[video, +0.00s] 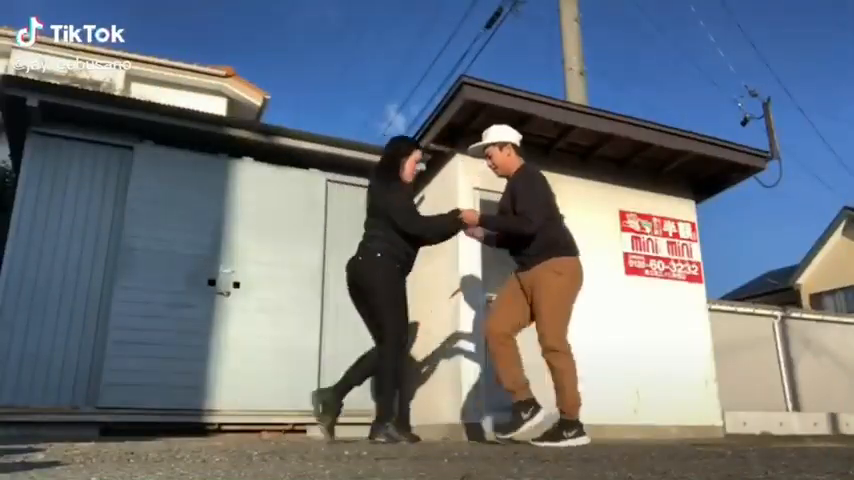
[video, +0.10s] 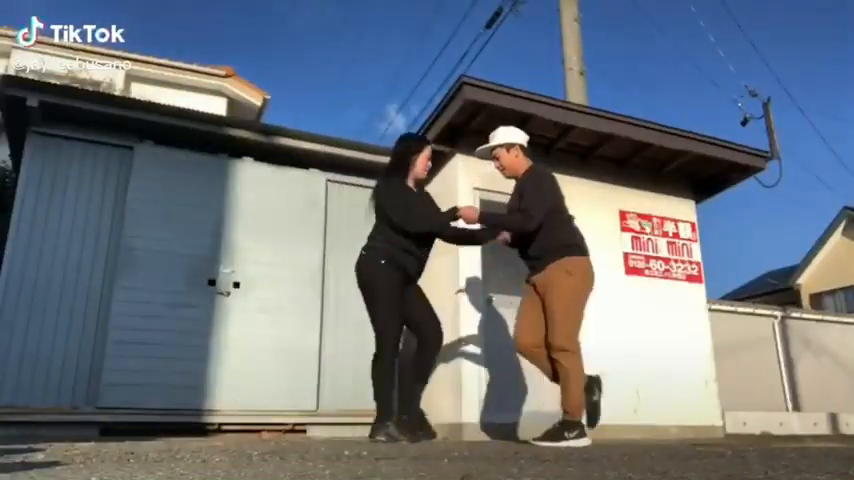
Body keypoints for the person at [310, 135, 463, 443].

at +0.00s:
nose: (417, 170)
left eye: (418, 164)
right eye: (414, 163)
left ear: (397, 161)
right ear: (399, 161)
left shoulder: (385, 189)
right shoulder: (392, 190)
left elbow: (418, 235)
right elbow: (416, 228)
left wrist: (456, 226)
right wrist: (457, 217)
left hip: (365, 269)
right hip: (380, 270)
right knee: (394, 343)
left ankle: (334, 395)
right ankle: (385, 424)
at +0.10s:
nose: (429, 164)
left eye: (430, 158)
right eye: (425, 157)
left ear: (419, 159)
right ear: (409, 157)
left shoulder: (421, 197)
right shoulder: (391, 187)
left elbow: (450, 233)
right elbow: (412, 220)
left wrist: (493, 235)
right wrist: (452, 215)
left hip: (401, 277)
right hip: (378, 269)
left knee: (431, 333)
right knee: (389, 339)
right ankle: (384, 421)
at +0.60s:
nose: (446, 156)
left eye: (445, 150)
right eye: (442, 149)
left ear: (424, 150)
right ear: (428, 149)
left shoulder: (419, 181)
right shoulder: (422, 177)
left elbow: (455, 238)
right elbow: (449, 220)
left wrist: (489, 234)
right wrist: (494, 223)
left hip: (419, 270)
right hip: (412, 268)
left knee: (448, 344)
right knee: (438, 341)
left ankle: (473, 415)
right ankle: (402, 414)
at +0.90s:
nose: (428, 154)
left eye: (428, 148)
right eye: (424, 148)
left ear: (393, 145)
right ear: (412, 147)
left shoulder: (377, 171)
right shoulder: (412, 177)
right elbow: (455, 197)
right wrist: (492, 177)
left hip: (352, 253)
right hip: (387, 254)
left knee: (369, 335)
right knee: (399, 334)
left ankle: (324, 404)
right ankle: (400, 418)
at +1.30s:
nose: (368, 155)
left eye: (370, 149)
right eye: (366, 147)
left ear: (348, 144)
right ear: (350, 142)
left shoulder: (344, 183)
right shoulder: (327, 167)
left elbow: (375, 238)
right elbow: (358, 211)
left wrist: (415, 239)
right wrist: (401, 216)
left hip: (323, 270)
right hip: (294, 258)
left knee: (322, 339)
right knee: (289, 333)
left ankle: (307, 420)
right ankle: (233, 402)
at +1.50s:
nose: (354, 153)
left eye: (355, 146)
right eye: (351, 145)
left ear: (338, 145)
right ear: (335, 141)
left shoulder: (338, 186)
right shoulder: (309, 163)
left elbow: (370, 236)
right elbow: (334, 207)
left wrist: (412, 238)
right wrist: (380, 215)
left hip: (307, 268)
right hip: (271, 256)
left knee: (329, 329)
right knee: (245, 331)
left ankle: (296, 409)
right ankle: (219, 410)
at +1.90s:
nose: (377, 146)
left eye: (378, 139)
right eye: (374, 139)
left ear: (345, 135)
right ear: (359, 136)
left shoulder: (325, 165)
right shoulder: (365, 170)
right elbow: (405, 204)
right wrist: (454, 210)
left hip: (300, 244)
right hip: (337, 244)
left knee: (293, 331)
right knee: (365, 324)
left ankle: (280, 418)